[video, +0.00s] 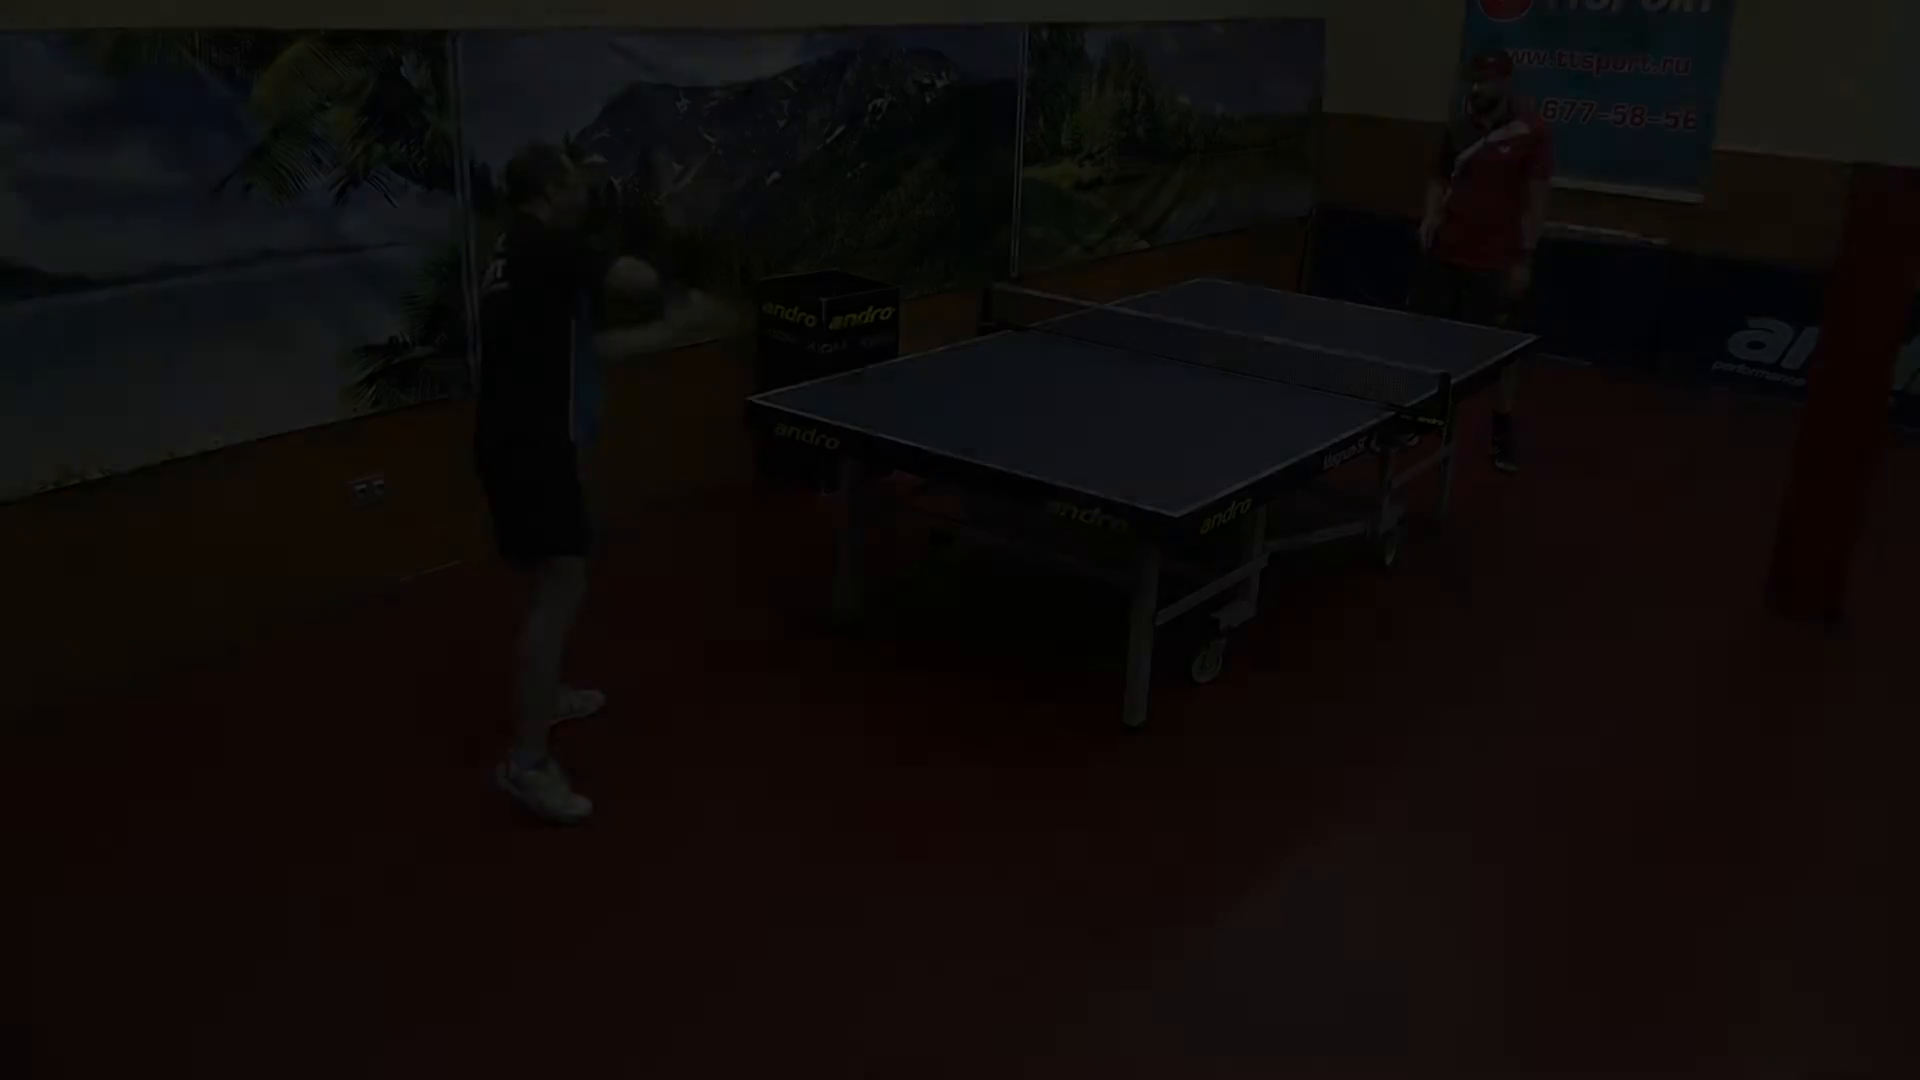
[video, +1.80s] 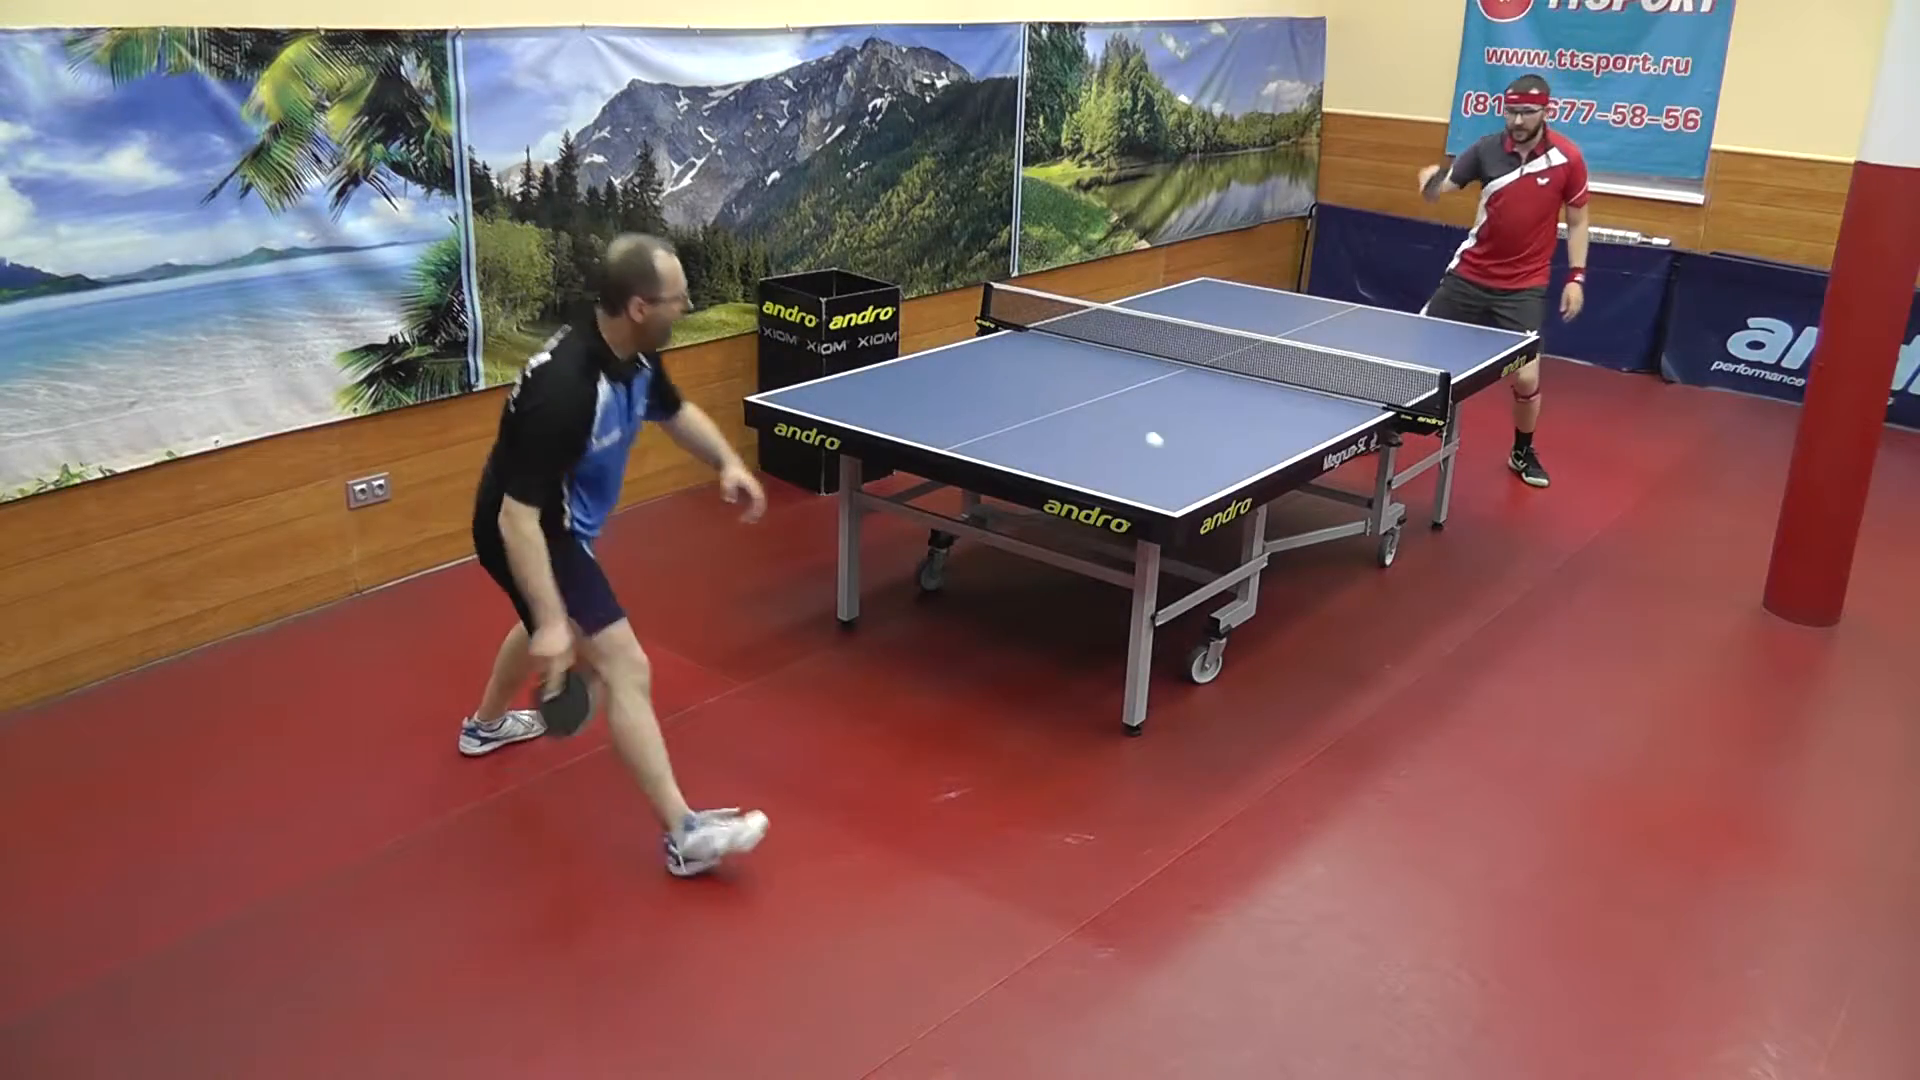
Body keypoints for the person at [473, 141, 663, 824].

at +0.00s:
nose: (582, 193)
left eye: (576, 182)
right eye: (572, 184)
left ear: (526, 197)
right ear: (550, 194)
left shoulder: (515, 253)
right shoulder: (550, 253)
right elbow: (636, 278)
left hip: (515, 438)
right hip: (535, 442)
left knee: (558, 570)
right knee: (560, 582)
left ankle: (544, 688)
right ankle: (527, 756)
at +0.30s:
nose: (566, 182)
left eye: (561, 171)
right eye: (559, 174)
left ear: (501, 193)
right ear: (539, 186)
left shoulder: (478, 268)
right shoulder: (566, 250)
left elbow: (489, 349)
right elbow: (653, 326)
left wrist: (579, 332)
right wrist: (597, 328)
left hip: (497, 442)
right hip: (553, 441)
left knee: (539, 577)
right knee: (568, 597)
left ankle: (547, 694)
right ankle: (525, 765)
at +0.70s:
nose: (572, 219)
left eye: (569, 208)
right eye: (568, 209)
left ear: (508, 215)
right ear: (552, 210)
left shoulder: (474, 287)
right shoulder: (566, 269)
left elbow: (455, 398)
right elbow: (642, 354)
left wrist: (511, 420)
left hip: (491, 468)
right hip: (545, 468)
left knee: (538, 587)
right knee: (555, 624)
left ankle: (545, 694)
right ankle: (510, 786)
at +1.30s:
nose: (605, 225)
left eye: (602, 212)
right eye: (600, 214)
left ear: (542, 224)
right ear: (573, 224)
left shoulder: (493, 288)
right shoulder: (557, 305)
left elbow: (501, 385)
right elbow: (600, 418)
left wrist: (565, 436)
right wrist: (697, 462)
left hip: (466, 486)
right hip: (516, 500)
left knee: (507, 605)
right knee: (563, 652)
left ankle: (528, 701)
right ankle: (541, 822)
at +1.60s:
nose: (639, 254)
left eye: (637, 242)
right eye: (632, 243)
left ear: (584, 250)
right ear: (597, 253)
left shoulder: (538, 301)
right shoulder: (558, 340)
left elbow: (568, 393)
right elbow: (550, 472)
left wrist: (628, 443)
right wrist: (636, 526)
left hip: (476, 492)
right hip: (511, 510)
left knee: (515, 606)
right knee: (599, 647)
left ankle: (485, 721)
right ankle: (555, 812)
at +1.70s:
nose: (660, 276)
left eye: (657, 264)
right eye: (651, 266)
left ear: (609, 273)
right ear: (615, 276)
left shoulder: (589, 324)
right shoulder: (554, 364)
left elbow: (616, 402)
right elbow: (526, 493)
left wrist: (671, 450)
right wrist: (600, 576)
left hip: (529, 504)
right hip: (505, 520)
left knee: (533, 607)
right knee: (607, 644)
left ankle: (485, 718)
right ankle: (626, 818)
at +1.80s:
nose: (683, 309)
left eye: (682, 298)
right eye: (675, 300)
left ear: (636, 306)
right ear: (637, 309)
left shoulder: (634, 353)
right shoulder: (563, 386)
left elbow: (674, 410)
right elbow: (516, 515)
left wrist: (727, 461)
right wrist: (550, 621)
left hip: (565, 523)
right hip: (529, 534)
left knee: (551, 624)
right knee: (625, 666)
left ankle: (487, 720)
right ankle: (682, 829)